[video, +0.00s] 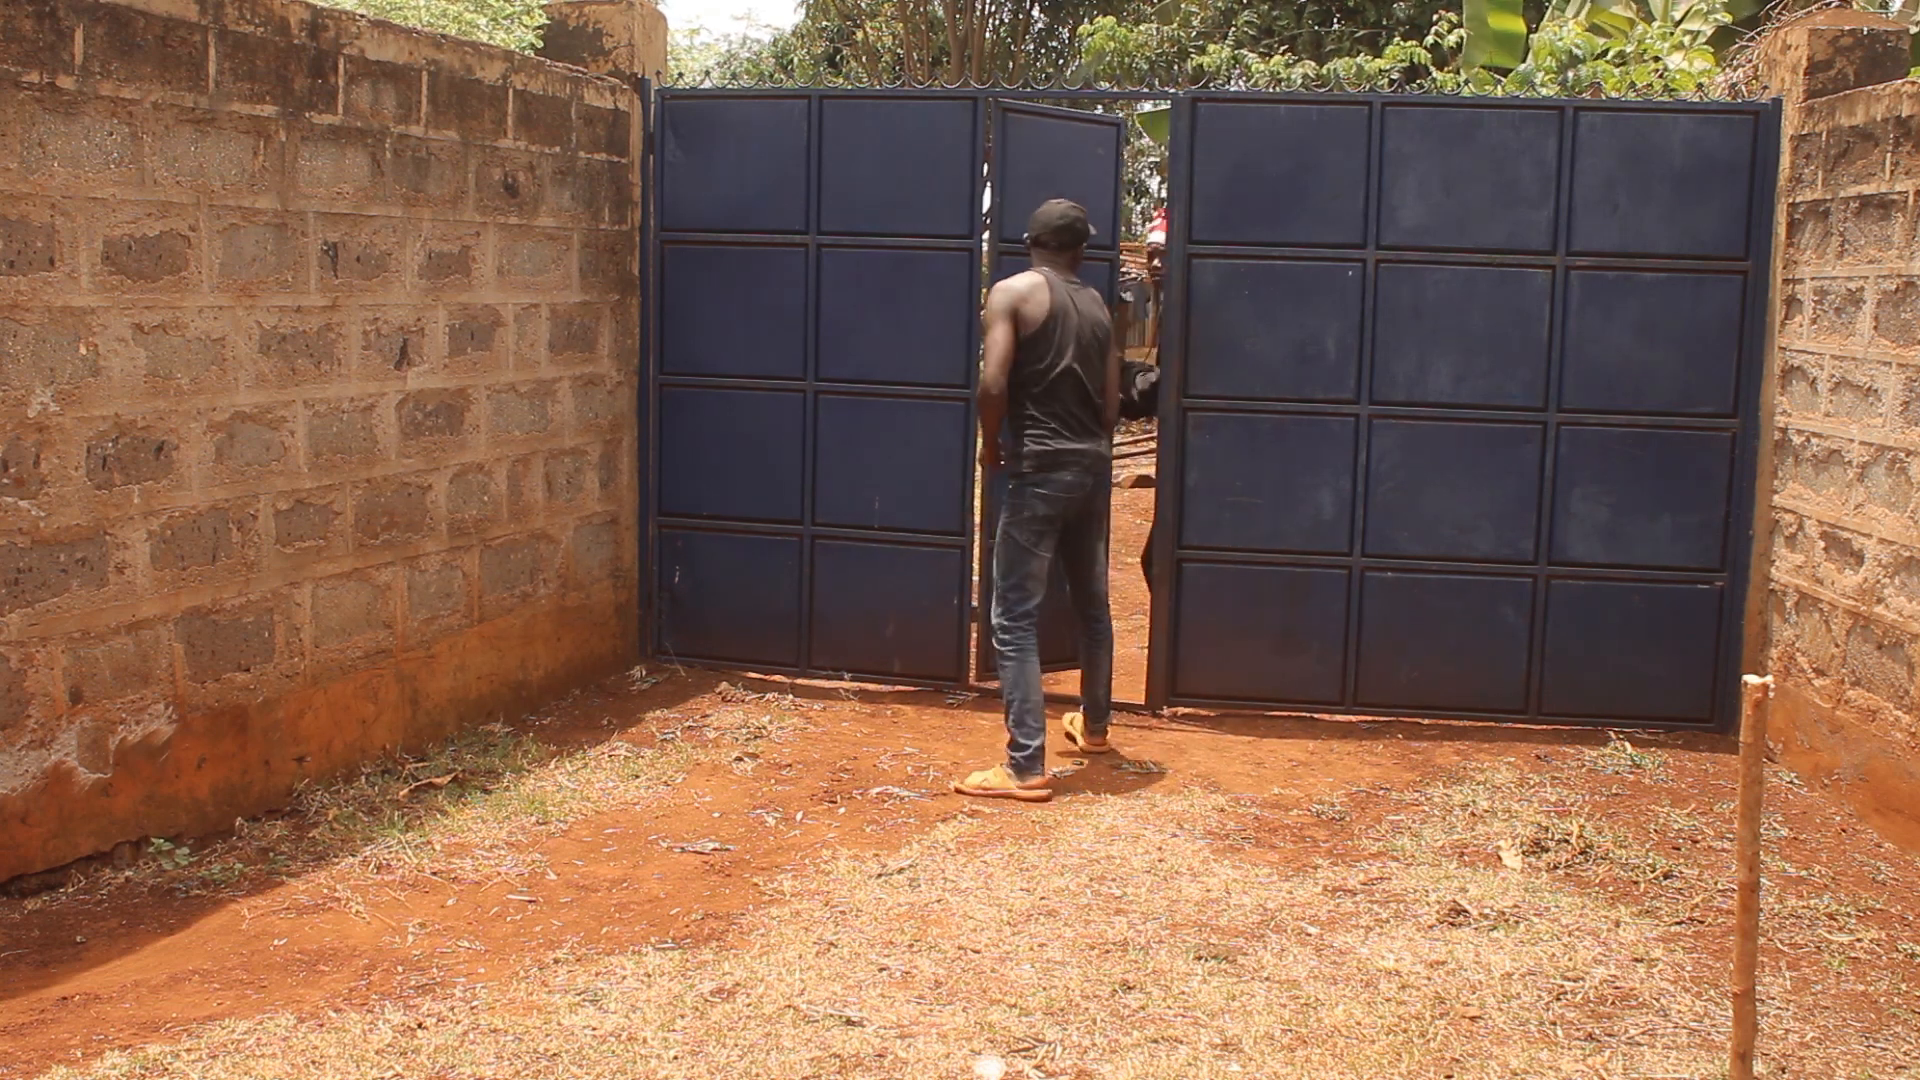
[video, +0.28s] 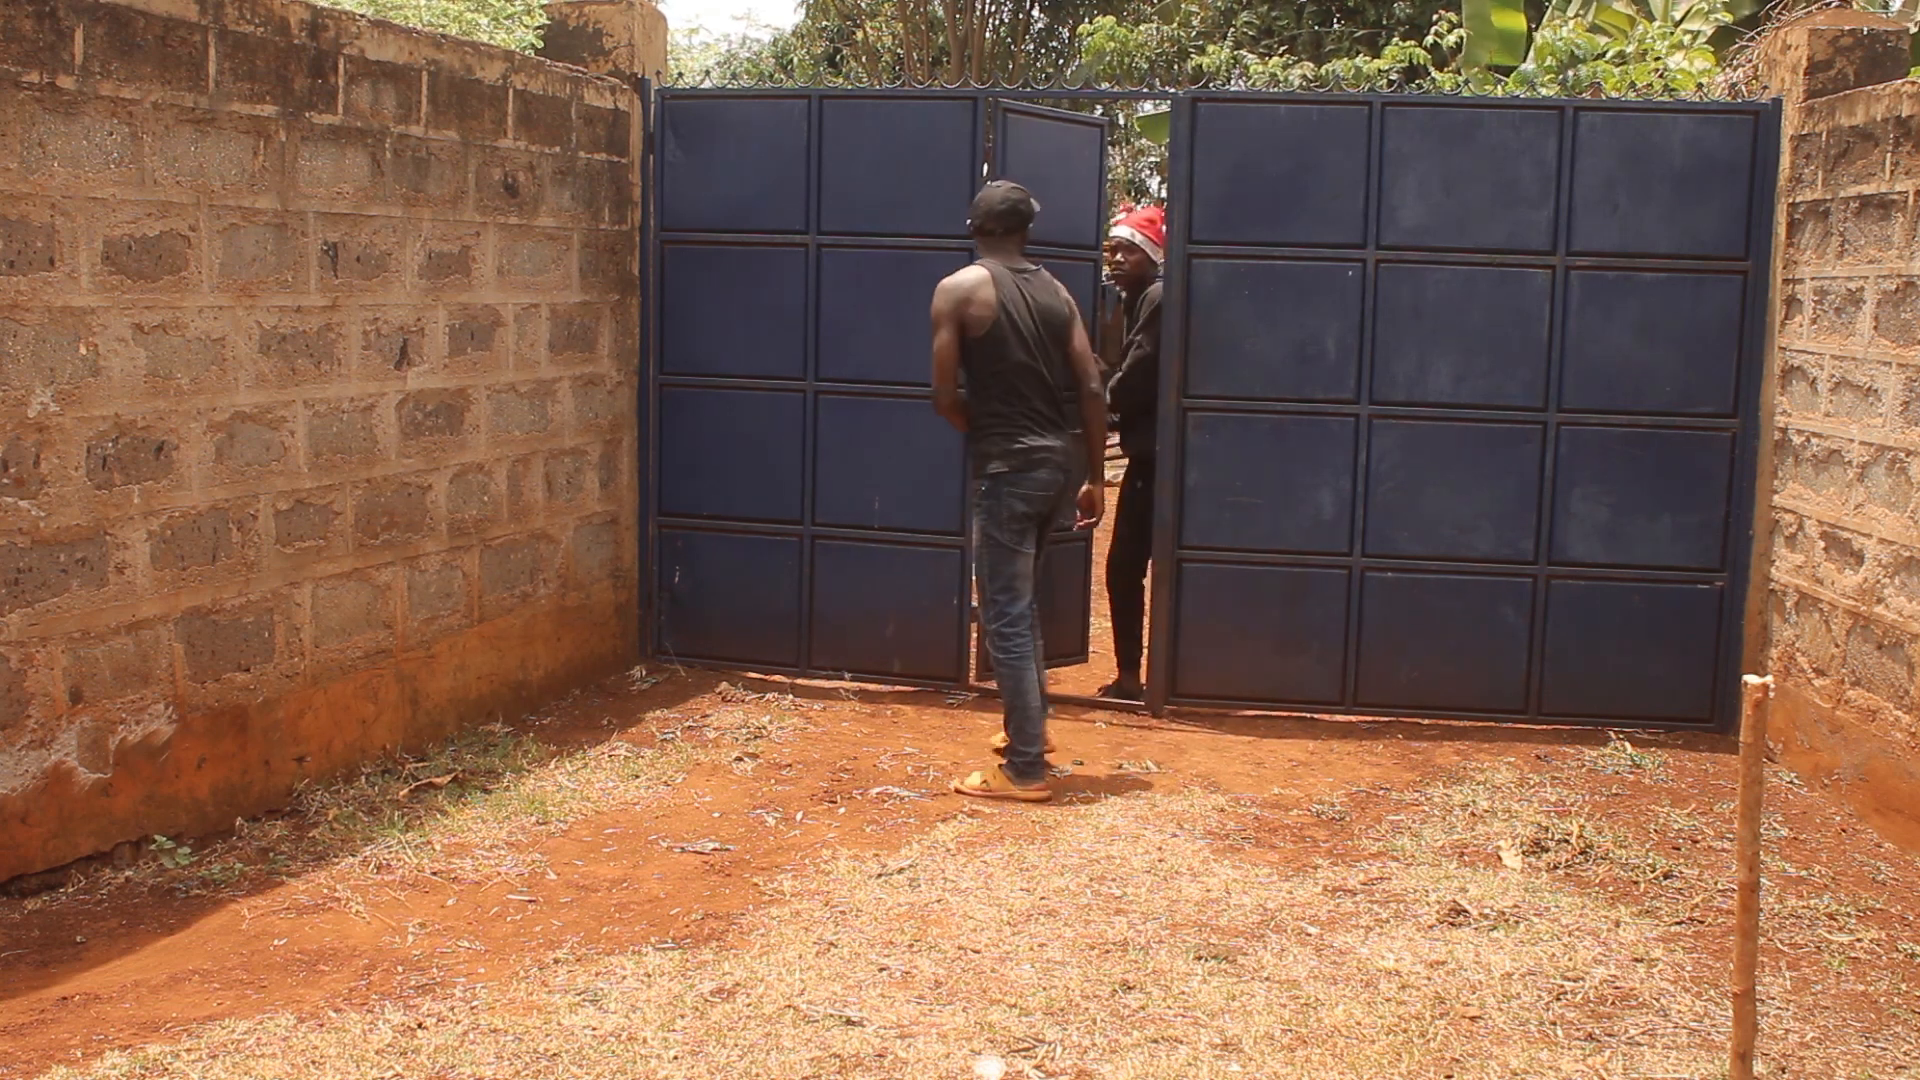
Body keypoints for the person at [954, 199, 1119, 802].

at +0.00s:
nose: (1027, 247)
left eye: (1028, 239)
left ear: (1032, 243)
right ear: (1081, 250)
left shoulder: (1009, 293)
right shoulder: (1098, 303)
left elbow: (992, 386)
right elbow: (1111, 400)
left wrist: (989, 446)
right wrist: (1092, 449)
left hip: (1036, 473)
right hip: (1093, 472)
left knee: (1015, 618)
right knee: (1093, 608)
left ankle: (1026, 766)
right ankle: (1095, 727)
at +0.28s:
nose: (969, 234)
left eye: (970, 226)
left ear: (976, 230)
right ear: (1028, 232)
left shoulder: (958, 289)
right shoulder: (1059, 294)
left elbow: (945, 396)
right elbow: (1092, 388)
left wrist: (981, 428)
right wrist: (1095, 473)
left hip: (1009, 468)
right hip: (1062, 464)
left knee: (1010, 617)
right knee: (1020, 603)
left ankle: (1027, 763)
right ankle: (1028, 731)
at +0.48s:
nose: (951, 235)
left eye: (949, 226)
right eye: (1006, 227)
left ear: (953, 230)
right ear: (1006, 230)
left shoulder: (928, 294)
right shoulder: (1041, 297)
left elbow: (932, 374)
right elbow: (1066, 392)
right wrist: (1084, 485)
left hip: (973, 471)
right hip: (1025, 469)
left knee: (989, 621)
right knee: (958, 598)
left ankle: (1024, 764)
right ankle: (934, 735)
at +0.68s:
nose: (994, 231)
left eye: (953, 221)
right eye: (997, 222)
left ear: (943, 225)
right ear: (997, 226)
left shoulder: (911, 280)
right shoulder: (1024, 296)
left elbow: (943, 318)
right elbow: (1026, 397)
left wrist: (1003, 282)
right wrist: (1033, 490)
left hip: (932, 469)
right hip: (995, 470)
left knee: (912, 597)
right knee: (962, 606)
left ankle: (966, 716)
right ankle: (935, 743)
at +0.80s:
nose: (995, 228)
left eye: (989, 221)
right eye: (994, 221)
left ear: (937, 222)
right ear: (990, 225)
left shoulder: (902, 276)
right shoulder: (1009, 293)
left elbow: (937, 315)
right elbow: (1002, 393)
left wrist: (999, 284)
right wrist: (1013, 479)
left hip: (911, 456)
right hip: (974, 463)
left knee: (902, 579)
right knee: (958, 604)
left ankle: (897, 698)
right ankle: (935, 739)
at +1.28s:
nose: (960, 230)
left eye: (958, 220)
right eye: (956, 221)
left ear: (906, 221)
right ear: (938, 224)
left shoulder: (878, 274)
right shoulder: (926, 285)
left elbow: (931, 356)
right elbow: (911, 382)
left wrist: (992, 309)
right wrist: (946, 473)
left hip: (862, 447)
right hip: (899, 455)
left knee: (882, 587)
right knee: (929, 596)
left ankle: (856, 710)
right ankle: (929, 734)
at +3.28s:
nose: (946, 236)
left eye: (947, 225)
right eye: (936, 226)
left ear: (916, 226)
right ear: (899, 224)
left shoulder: (914, 275)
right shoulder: (865, 286)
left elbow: (971, 312)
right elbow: (847, 386)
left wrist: (1043, 286)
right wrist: (881, 473)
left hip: (916, 457)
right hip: (876, 461)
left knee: (893, 589)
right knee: (871, 594)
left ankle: (854, 702)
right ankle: (865, 725)